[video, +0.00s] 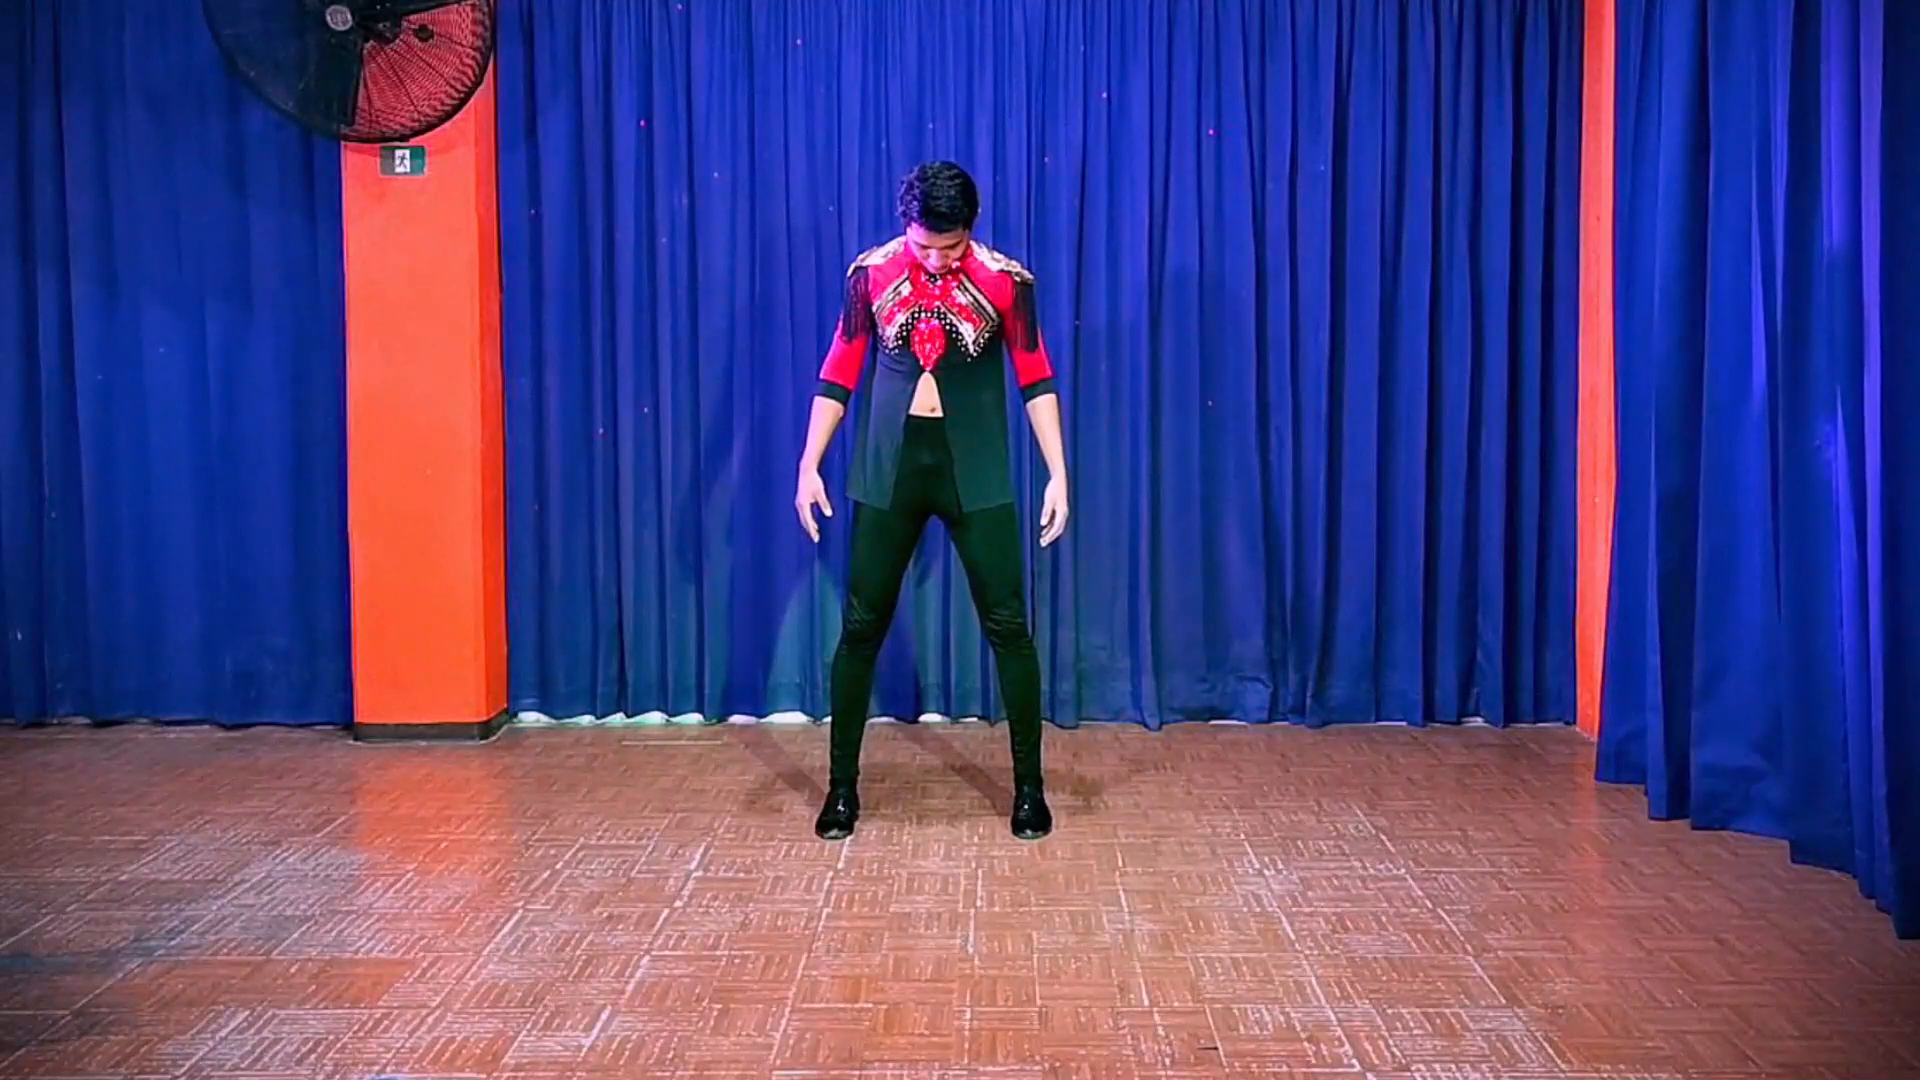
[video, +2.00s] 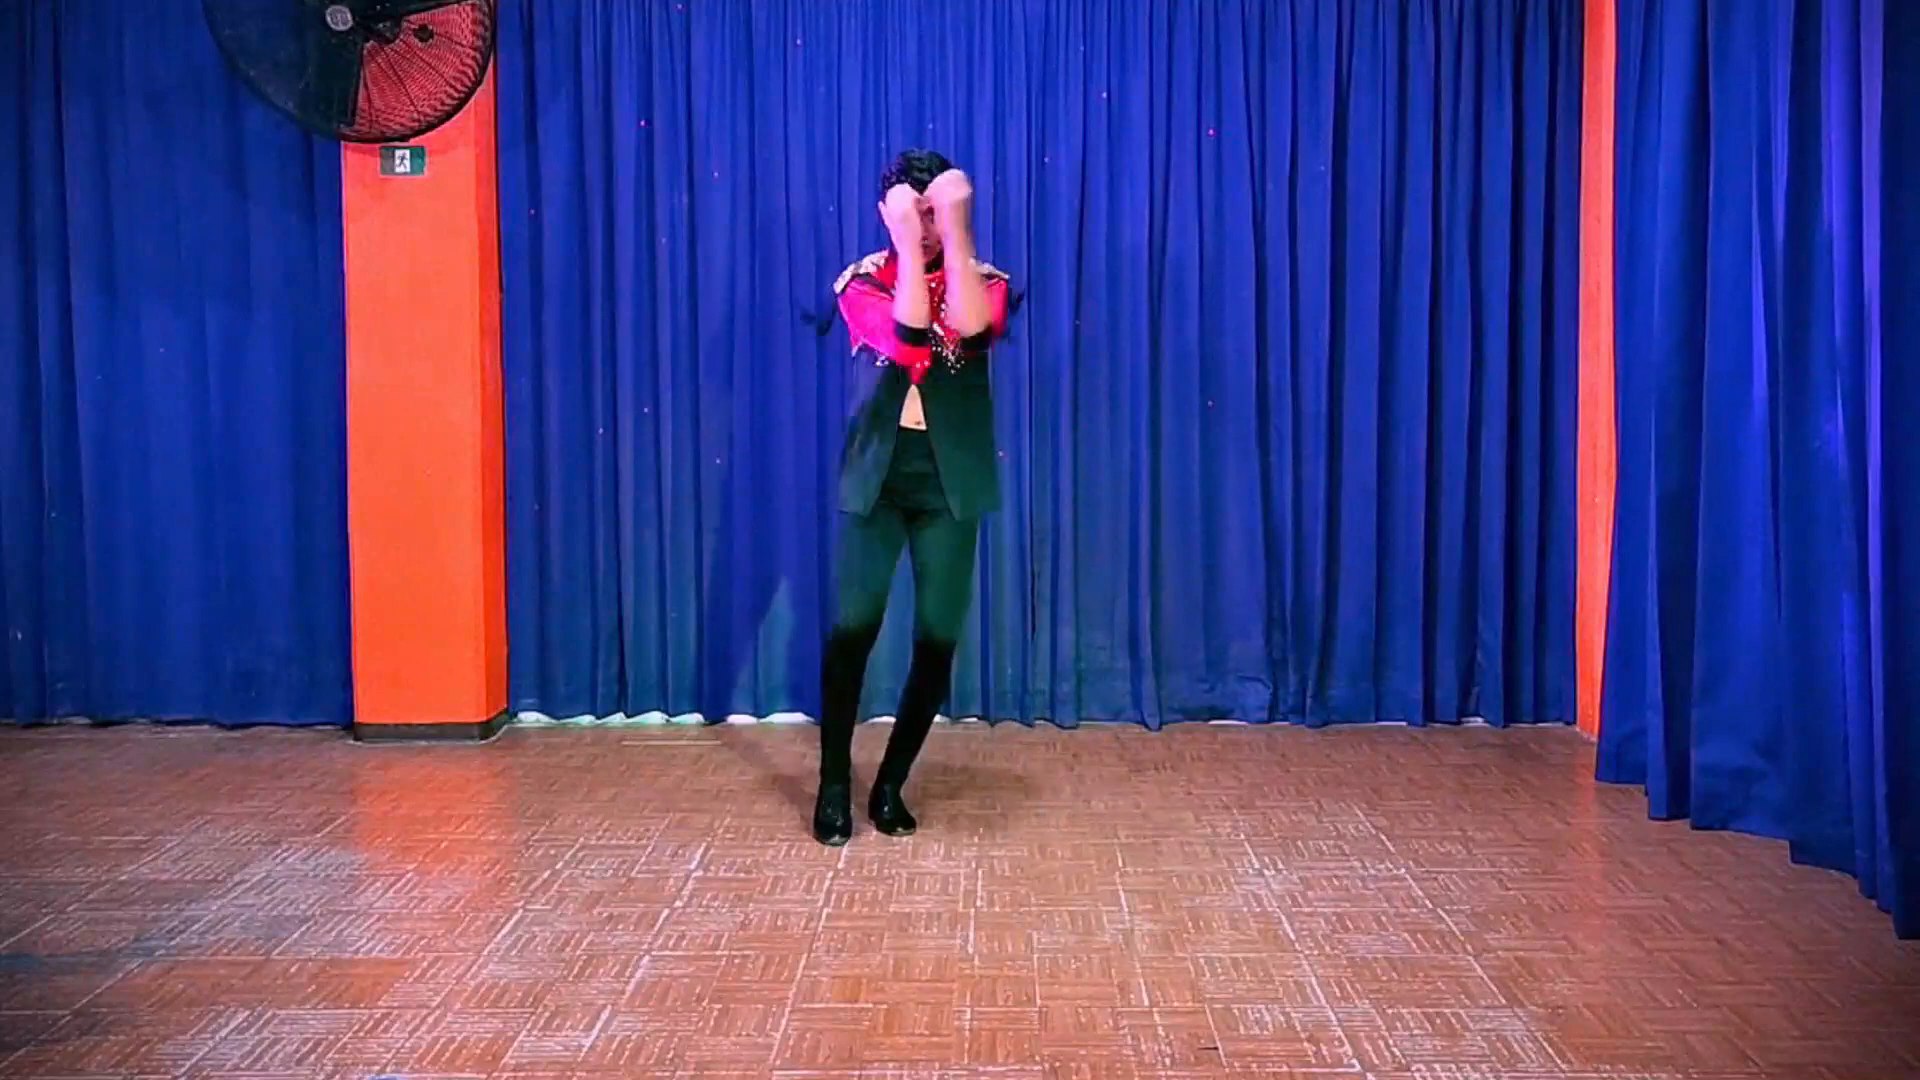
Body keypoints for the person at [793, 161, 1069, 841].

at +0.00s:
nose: (942, 257)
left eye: (955, 245)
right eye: (930, 245)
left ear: (973, 227)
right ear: (908, 226)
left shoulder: (1005, 280)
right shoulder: (872, 275)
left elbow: (1035, 379)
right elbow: (840, 373)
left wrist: (1058, 473)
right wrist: (809, 465)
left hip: (978, 468)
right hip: (889, 466)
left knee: (1007, 624)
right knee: (862, 626)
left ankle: (1028, 785)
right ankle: (842, 786)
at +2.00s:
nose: (922, 216)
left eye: (932, 202)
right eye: (910, 204)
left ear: (953, 210)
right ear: (890, 214)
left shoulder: (989, 279)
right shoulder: (862, 280)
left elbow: (971, 322)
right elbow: (903, 335)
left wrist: (957, 226)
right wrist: (908, 242)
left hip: (953, 477)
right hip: (876, 473)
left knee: (939, 637)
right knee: (855, 623)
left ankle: (891, 785)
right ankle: (834, 783)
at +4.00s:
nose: (899, 246)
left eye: (912, 234)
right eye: (907, 233)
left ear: (942, 245)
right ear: (950, 248)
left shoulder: (951, 311)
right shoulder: (986, 297)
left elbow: (949, 431)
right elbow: (988, 410)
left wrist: (916, 425)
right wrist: (927, 426)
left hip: (1025, 491)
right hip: (1027, 487)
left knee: (945, 632)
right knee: (971, 630)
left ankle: (988, 789)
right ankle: (1041, 768)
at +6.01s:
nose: (950, 360)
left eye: (943, 350)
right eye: (940, 357)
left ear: (955, 316)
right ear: (957, 312)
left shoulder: (1020, 331)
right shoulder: (1001, 326)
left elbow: (1093, 369)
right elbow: (1015, 388)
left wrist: (1076, 462)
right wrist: (996, 445)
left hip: (1065, 508)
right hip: (1044, 505)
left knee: (968, 636)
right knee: (977, 633)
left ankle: (1050, 788)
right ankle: (1051, 774)